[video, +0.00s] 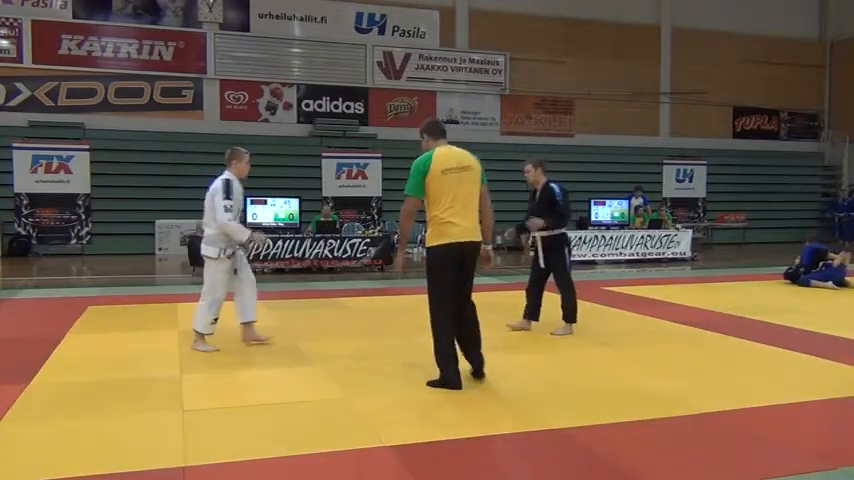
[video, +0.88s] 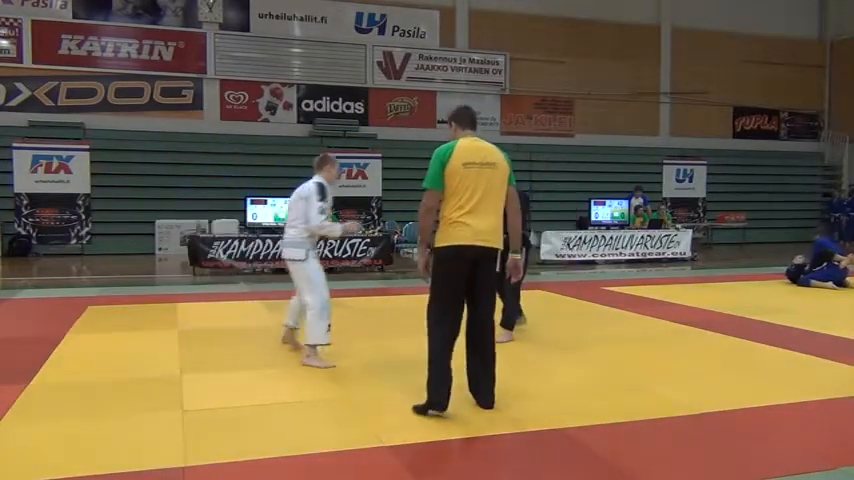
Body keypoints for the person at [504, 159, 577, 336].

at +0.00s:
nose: (526, 176)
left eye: (528, 172)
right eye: (525, 173)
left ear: (539, 171)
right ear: (530, 174)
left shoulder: (554, 189)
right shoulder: (534, 193)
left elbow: (563, 218)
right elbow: (532, 220)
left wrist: (544, 222)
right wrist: (517, 230)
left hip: (557, 243)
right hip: (541, 243)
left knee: (564, 282)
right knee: (535, 282)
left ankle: (569, 323)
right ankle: (527, 319)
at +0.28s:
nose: (506, 179)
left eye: (508, 175)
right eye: (505, 176)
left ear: (518, 173)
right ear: (515, 175)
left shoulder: (534, 190)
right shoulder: (517, 193)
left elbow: (538, 216)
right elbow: (513, 219)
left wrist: (535, 238)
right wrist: (500, 241)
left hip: (541, 238)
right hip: (525, 239)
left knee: (543, 281)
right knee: (523, 282)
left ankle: (560, 317)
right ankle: (524, 320)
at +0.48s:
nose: (502, 180)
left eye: (503, 176)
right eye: (501, 177)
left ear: (510, 173)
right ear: (507, 174)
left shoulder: (526, 189)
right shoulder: (509, 194)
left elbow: (534, 215)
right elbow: (510, 219)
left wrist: (530, 239)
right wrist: (504, 240)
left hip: (530, 237)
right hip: (516, 238)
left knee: (531, 280)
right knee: (518, 280)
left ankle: (542, 321)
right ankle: (523, 319)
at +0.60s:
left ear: (508, 176)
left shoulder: (523, 191)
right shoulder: (502, 194)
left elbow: (530, 219)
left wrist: (523, 242)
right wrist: (505, 242)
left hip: (528, 240)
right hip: (513, 240)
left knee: (526, 281)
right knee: (514, 282)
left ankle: (523, 322)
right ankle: (521, 318)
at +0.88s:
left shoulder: (519, 196)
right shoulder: (495, 195)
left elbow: (521, 221)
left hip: (517, 240)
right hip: (500, 239)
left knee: (512, 283)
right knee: (498, 280)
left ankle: (507, 327)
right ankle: (517, 312)